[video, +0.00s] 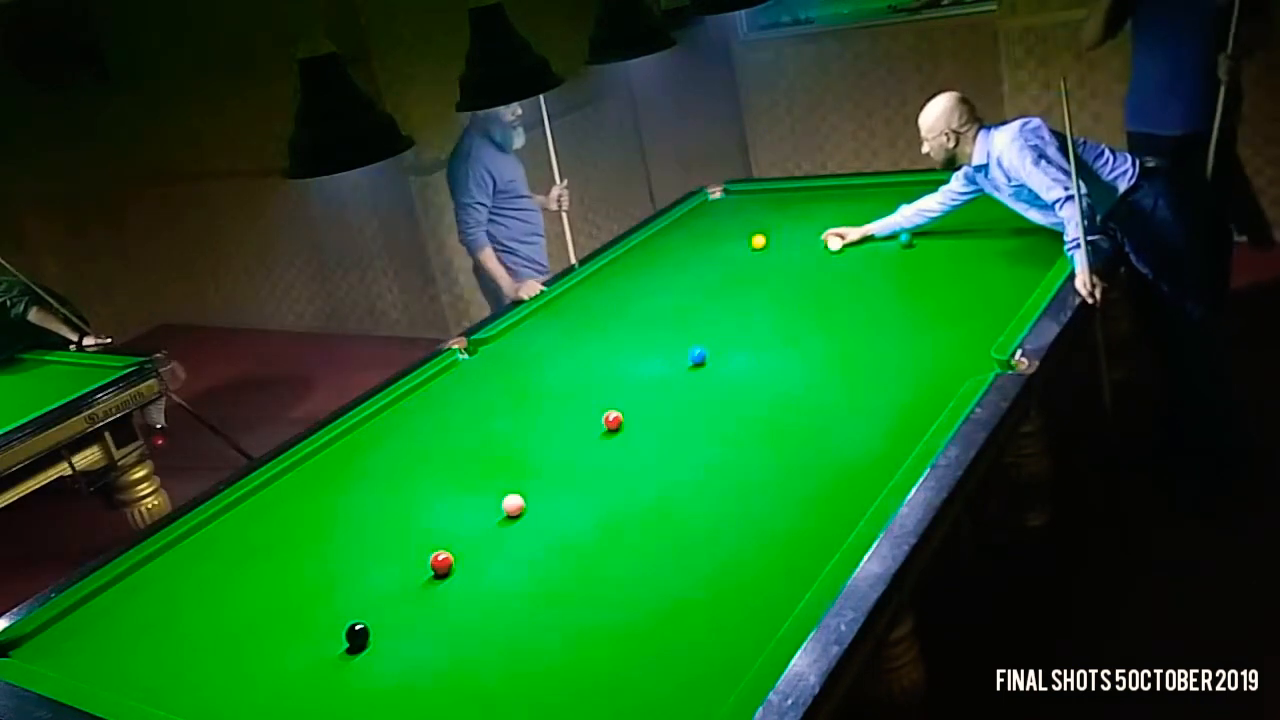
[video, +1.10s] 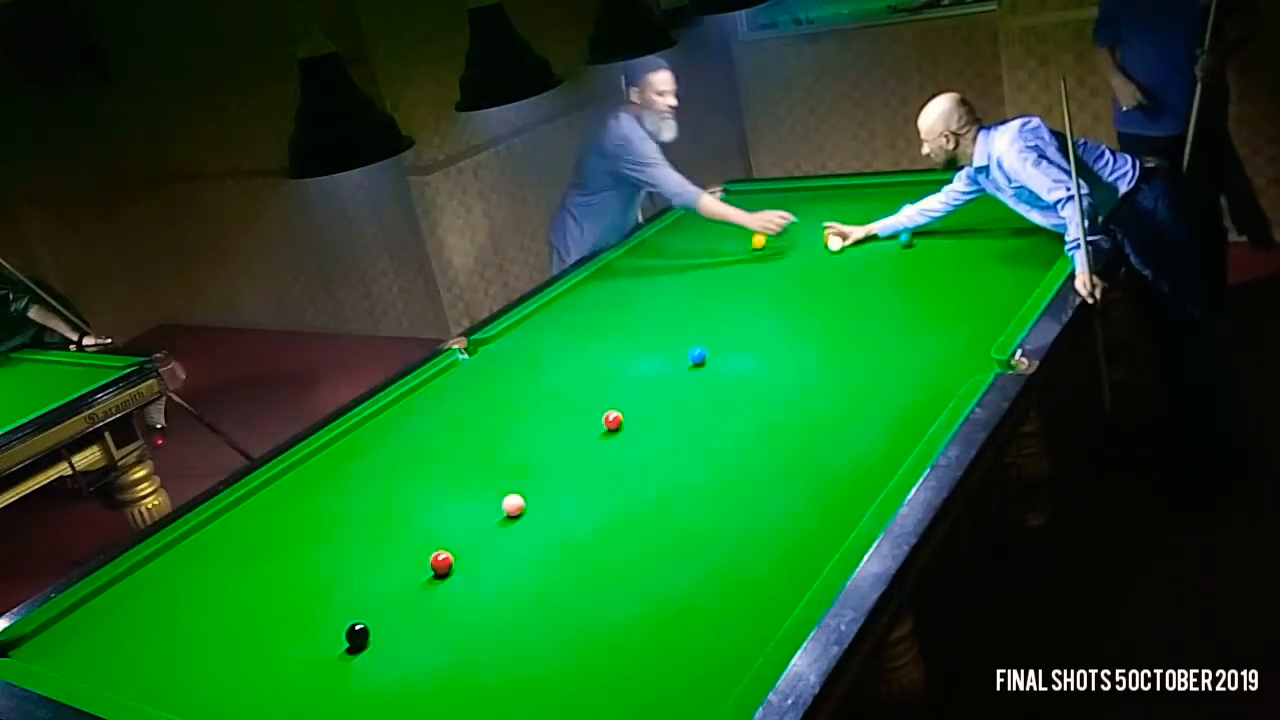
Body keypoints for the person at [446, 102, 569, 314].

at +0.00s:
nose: (518, 112)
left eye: (517, 103)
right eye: (507, 106)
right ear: (482, 112)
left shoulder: (495, 145)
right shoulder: (472, 158)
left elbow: (509, 198)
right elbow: (472, 234)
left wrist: (545, 202)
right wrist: (510, 287)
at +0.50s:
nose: (551, 101)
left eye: (550, 92)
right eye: (540, 94)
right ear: (517, 102)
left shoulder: (532, 136)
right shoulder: (505, 146)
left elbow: (537, 195)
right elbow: (493, 221)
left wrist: (574, 193)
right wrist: (530, 275)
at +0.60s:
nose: (561, 98)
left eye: (559, 88)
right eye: (550, 91)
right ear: (528, 99)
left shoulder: (540, 130)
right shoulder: (512, 143)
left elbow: (545, 191)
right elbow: (512, 219)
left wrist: (581, 190)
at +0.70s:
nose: (574, 94)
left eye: (574, 86)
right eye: (564, 87)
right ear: (543, 92)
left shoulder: (559, 132)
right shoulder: (526, 139)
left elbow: (557, 191)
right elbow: (537, 216)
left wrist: (589, 188)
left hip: (581, 254)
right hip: (554, 263)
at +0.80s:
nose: (592, 92)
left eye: (593, 84)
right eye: (581, 85)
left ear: (598, 86)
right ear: (561, 90)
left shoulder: (577, 127)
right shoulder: (548, 133)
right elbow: (569, 202)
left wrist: (601, 184)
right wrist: (642, 230)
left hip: (592, 238)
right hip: (562, 248)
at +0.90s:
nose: (617, 90)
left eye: (617, 82)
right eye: (605, 83)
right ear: (579, 87)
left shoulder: (600, 120)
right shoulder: (573, 129)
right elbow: (614, 195)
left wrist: (614, 178)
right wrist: (681, 218)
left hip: (603, 234)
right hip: (572, 246)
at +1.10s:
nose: (672, 103)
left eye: (673, 94)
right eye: (662, 94)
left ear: (674, 91)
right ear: (634, 95)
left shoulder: (641, 124)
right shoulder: (622, 132)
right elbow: (679, 192)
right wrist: (749, 219)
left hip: (616, 233)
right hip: (582, 243)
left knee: (614, 310)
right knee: (580, 320)